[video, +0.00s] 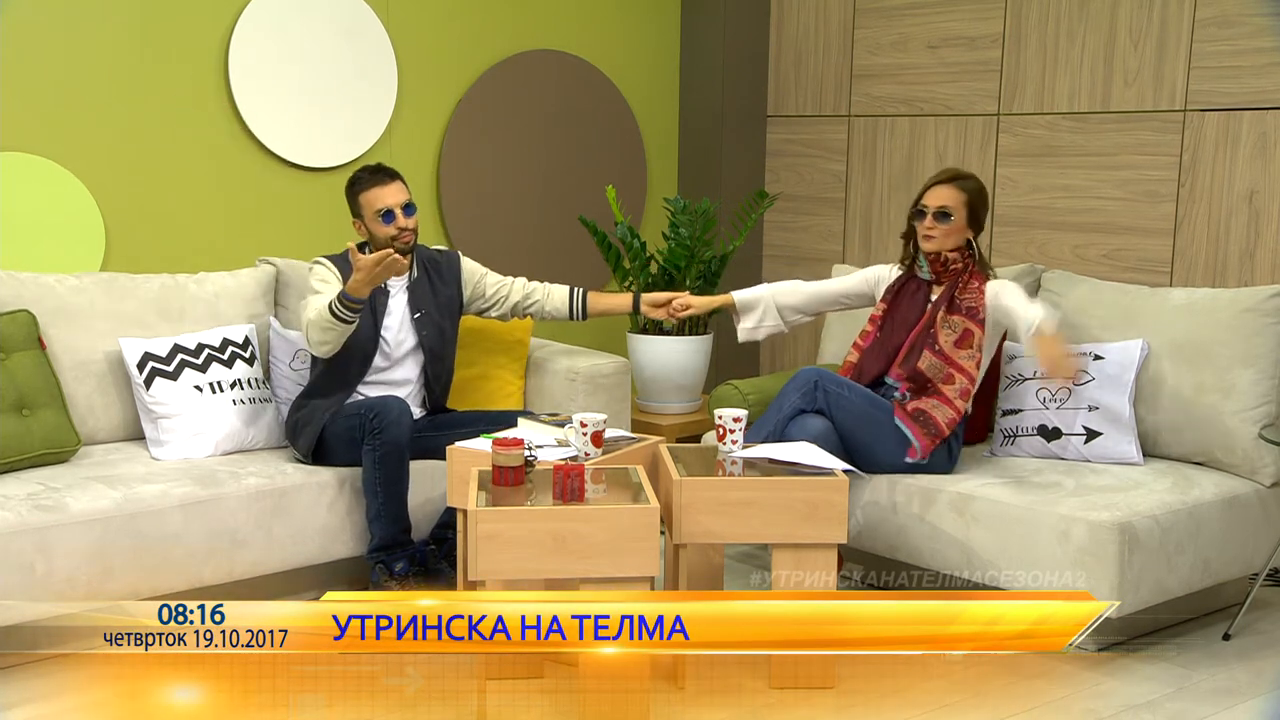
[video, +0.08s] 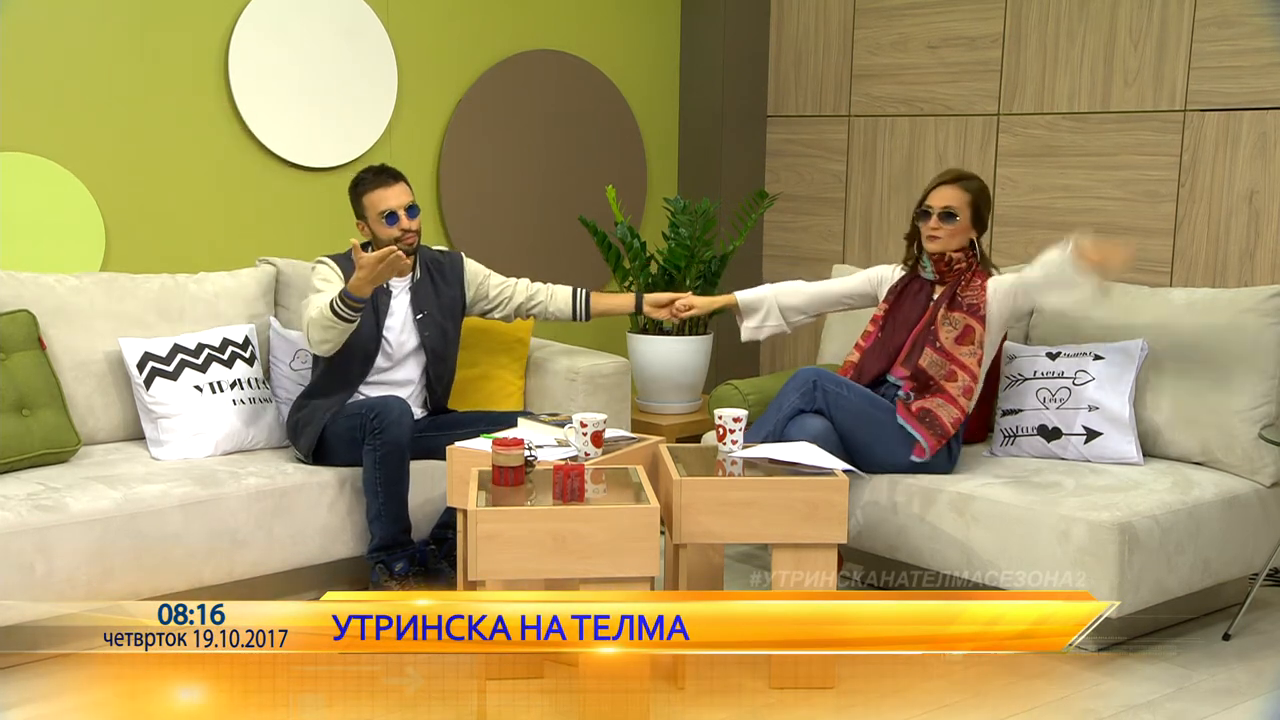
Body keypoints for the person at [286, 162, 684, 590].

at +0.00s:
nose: (403, 224)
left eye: (408, 210)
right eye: (387, 216)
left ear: (416, 211)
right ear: (360, 225)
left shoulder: (447, 270)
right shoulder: (332, 274)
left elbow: (529, 297)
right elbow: (320, 342)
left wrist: (639, 302)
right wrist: (358, 288)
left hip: (418, 421)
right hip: (331, 424)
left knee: (520, 430)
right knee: (391, 412)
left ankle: (440, 550)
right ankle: (391, 561)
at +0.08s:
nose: (406, 225)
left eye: (411, 211)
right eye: (390, 218)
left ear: (420, 211)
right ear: (363, 227)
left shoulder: (450, 270)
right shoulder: (335, 273)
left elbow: (533, 298)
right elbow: (319, 341)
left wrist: (642, 302)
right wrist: (360, 287)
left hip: (418, 421)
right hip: (332, 424)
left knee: (521, 430)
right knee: (391, 411)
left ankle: (441, 549)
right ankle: (390, 560)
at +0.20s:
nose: (411, 226)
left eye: (416, 212)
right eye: (395, 218)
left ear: (425, 211)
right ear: (367, 227)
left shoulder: (455, 272)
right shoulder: (340, 273)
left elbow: (537, 298)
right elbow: (319, 339)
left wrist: (646, 301)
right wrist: (360, 286)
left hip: (419, 421)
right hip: (333, 423)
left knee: (521, 431)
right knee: (392, 411)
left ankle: (442, 550)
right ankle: (391, 561)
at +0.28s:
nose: (414, 225)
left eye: (419, 212)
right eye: (398, 217)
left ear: (428, 211)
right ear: (370, 225)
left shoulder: (457, 272)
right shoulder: (342, 272)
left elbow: (539, 298)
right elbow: (319, 338)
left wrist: (648, 301)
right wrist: (361, 285)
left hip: (419, 421)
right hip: (333, 423)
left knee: (519, 431)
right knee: (393, 411)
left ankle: (442, 551)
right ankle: (392, 561)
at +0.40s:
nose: (416, 226)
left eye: (421, 212)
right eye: (400, 217)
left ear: (430, 212)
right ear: (372, 225)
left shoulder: (458, 273)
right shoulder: (344, 271)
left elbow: (542, 300)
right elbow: (319, 336)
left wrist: (649, 303)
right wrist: (362, 284)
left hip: (417, 421)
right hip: (332, 423)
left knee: (515, 431)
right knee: (393, 411)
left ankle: (442, 551)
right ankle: (392, 560)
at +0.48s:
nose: (417, 226)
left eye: (422, 212)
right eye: (401, 217)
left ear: (431, 213)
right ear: (373, 226)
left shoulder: (459, 273)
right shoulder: (344, 271)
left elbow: (543, 300)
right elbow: (319, 336)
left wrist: (650, 303)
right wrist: (362, 283)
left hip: (417, 421)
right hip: (332, 424)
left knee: (515, 431)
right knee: (393, 410)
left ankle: (442, 551)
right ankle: (392, 560)